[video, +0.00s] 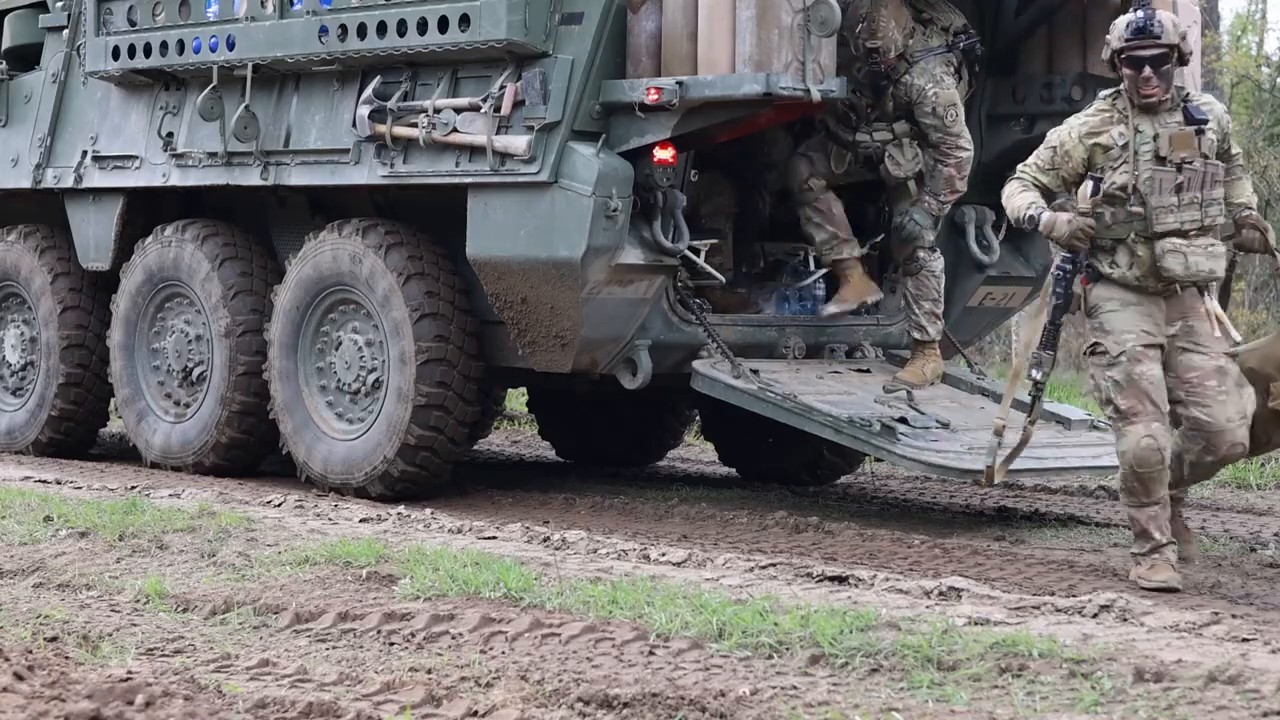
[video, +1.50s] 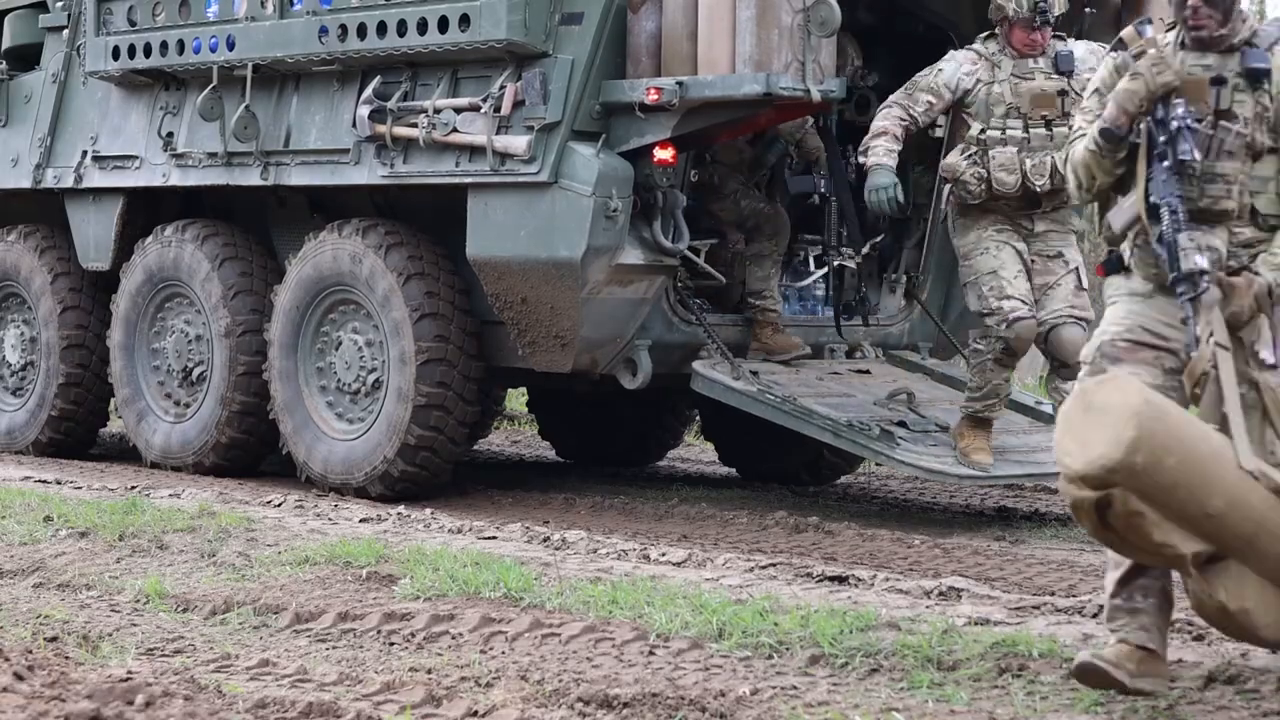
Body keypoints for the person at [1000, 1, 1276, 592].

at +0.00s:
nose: (1149, 73)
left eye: (1160, 61)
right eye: (1136, 63)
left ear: (1176, 61)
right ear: (1118, 67)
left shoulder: (1207, 116)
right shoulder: (1091, 127)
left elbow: (1235, 175)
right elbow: (1016, 189)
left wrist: (1247, 218)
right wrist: (1045, 216)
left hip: (1193, 297)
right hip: (1120, 298)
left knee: (1225, 433)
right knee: (1146, 436)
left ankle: (1167, 491)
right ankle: (1153, 551)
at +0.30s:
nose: (1197, 72)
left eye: (1209, 60)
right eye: (1184, 61)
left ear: (1229, 57)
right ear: (1166, 61)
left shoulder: (1263, 119)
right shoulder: (1134, 121)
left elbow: (1271, 202)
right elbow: (1058, 187)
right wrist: (1103, 191)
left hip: (1243, 304)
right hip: (1165, 306)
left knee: (1256, 446)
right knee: (1169, 444)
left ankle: (1251, 575)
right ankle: (1163, 540)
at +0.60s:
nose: (1207, 45)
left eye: (1219, 31)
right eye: (1192, 35)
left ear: (1242, 31)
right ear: (1176, 42)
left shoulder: (1270, 93)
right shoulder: (1149, 107)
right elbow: (1089, 189)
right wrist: (1135, 187)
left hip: (1269, 289)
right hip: (1192, 290)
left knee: (1269, 437)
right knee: (1215, 422)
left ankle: (1263, 570)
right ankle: (1219, 562)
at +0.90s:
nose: (1211, 8)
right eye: (1197, 2)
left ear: (1247, 6)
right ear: (1179, 9)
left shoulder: (1273, 60)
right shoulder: (1143, 73)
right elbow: (1086, 167)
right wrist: (1138, 156)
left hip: (1266, 261)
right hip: (1179, 267)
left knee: (1270, 409)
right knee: (1185, 435)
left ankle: (1269, 550)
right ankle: (1220, 577)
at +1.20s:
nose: (1243, 7)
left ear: (1271, 5)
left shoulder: (1277, 57)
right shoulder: (1160, 52)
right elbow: (1096, 157)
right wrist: (1148, 93)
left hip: (1268, 266)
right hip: (1179, 265)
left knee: (1262, 434)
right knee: (1178, 460)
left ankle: (1261, 559)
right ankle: (1235, 566)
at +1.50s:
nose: (1200, 7)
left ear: (1242, 4)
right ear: (1171, 3)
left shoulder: (1269, 59)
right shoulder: (1132, 62)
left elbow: (1276, 193)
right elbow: (1082, 185)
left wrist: (1265, 277)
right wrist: (1122, 116)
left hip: (1253, 284)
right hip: (1151, 286)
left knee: (1258, 459)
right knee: (1126, 443)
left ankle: (1266, 627)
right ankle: (1138, 642)